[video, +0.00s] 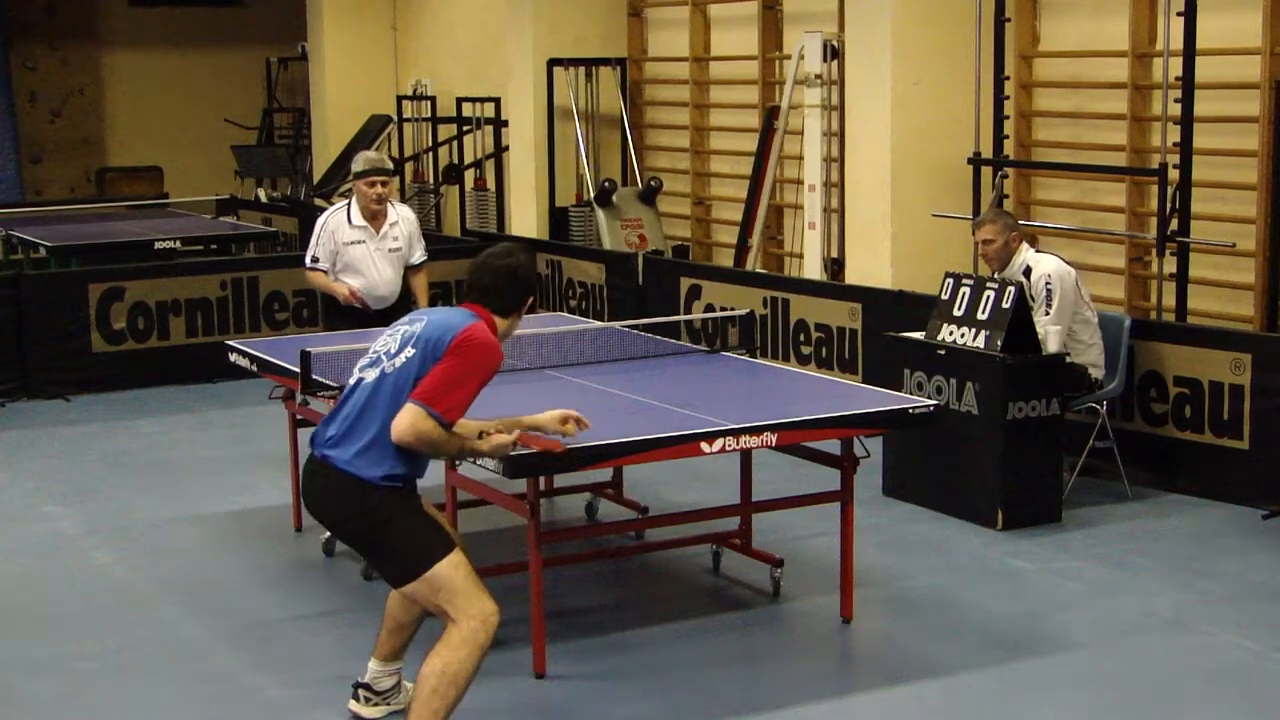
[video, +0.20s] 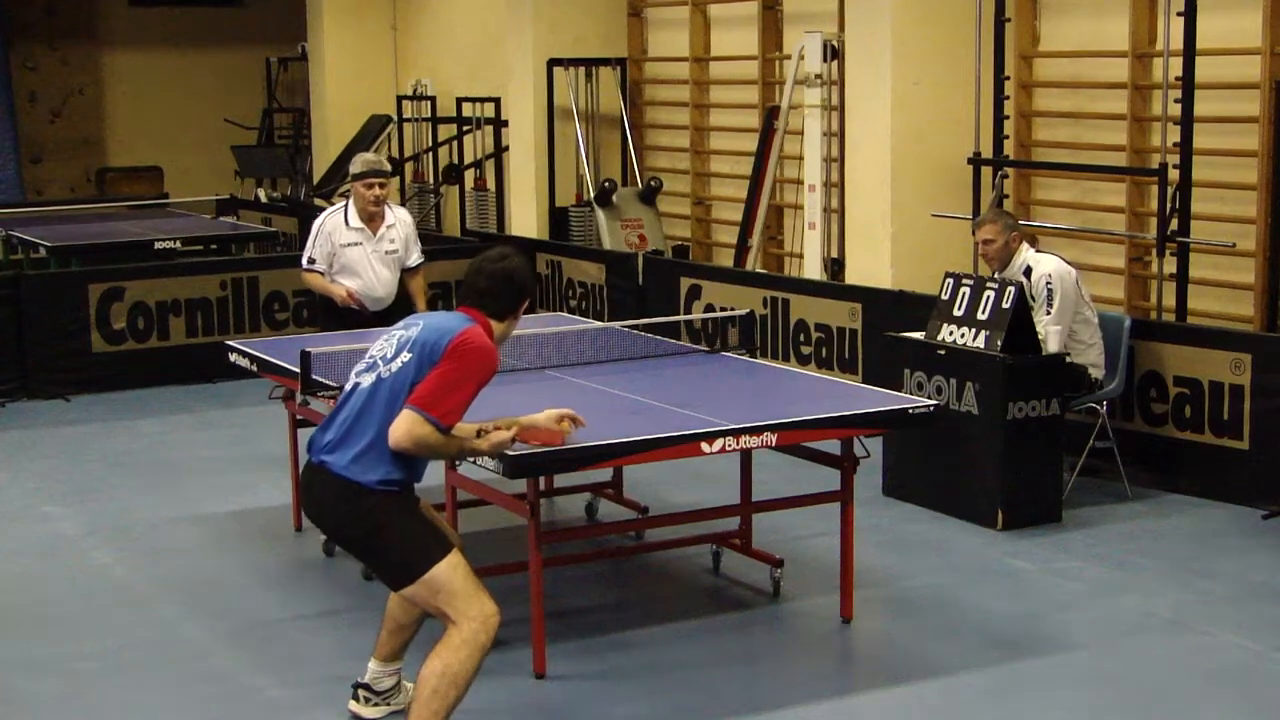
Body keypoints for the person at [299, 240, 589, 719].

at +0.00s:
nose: (529, 312)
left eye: (528, 301)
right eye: (531, 303)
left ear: (473, 287)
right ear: (524, 305)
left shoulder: (424, 318)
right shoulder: (480, 340)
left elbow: (439, 424)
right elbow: (409, 428)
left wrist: (534, 422)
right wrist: (474, 447)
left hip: (327, 471)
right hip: (364, 488)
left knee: (440, 549)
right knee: (477, 616)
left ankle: (379, 683)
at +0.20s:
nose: (523, 317)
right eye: (526, 307)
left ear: (468, 291)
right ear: (520, 308)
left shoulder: (422, 322)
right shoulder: (476, 344)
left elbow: (431, 427)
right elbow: (407, 434)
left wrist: (526, 423)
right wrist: (475, 445)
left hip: (325, 475)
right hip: (360, 492)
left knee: (441, 547)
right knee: (477, 617)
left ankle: (378, 684)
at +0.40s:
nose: (521, 322)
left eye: (521, 311)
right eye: (524, 312)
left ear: (466, 295)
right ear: (518, 311)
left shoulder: (420, 325)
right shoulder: (474, 348)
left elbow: (427, 428)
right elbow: (405, 437)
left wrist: (522, 423)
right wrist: (474, 447)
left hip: (324, 476)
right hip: (357, 494)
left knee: (443, 545)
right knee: (478, 617)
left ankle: (379, 684)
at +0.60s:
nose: (521, 323)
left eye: (521, 311)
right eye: (524, 312)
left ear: (467, 295)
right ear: (518, 312)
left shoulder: (421, 326)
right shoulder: (474, 348)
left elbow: (428, 430)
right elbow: (406, 438)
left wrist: (523, 422)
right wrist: (474, 446)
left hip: (324, 477)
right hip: (357, 495)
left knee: (444, 546)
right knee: (478, 618)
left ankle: (379, 684)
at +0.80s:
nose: (521, 323)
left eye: (521, 311)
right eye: (524, 312)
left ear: (467, 295)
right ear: (518, 311)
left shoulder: (421, 326)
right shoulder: (475, 348)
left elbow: (428, 429)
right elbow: (408, 438)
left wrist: (522, 423)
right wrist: (475, 446)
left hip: (324, 477)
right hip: (358, 495)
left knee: (444, 545)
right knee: (479, 618)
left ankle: (379, 684)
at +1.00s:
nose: (522, 324)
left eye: (522, 313)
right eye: (525, 314)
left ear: (467, 296)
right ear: (519, 313)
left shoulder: (420, 327)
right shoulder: (476, 349)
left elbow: (431, 433)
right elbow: (410, 440)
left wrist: (521, 424)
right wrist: (476, 447)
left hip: (325, 478)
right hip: (360, 497)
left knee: (445, 547)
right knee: (480, 619)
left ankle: (379, 684)